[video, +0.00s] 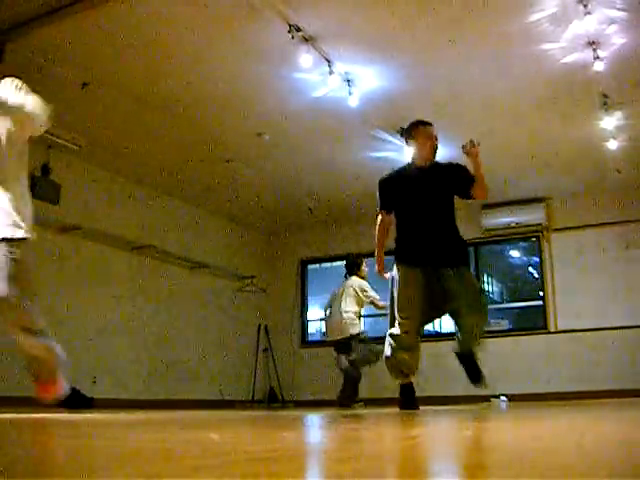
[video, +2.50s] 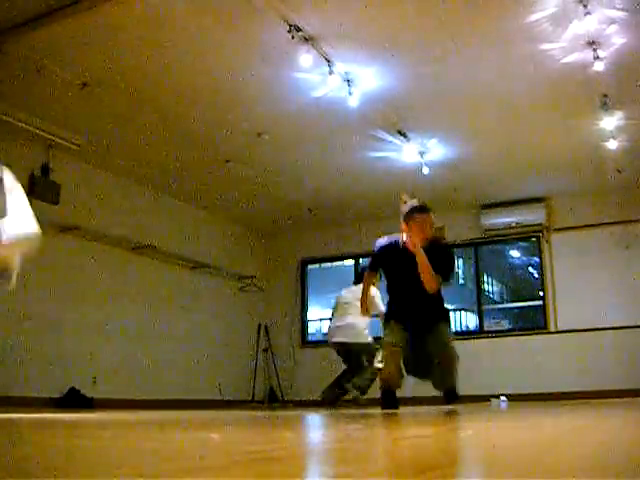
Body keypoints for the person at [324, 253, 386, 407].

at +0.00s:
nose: (366, 269)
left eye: (365, 266)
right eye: (364, 266)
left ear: (349, 269)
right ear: (358, 269)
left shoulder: (340, 287)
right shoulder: (359, 283)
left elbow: (327, 307)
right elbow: (375, 301)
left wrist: (328, 320)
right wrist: (385, 305)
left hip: (334, 330)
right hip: (350, 325)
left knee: (351, 365)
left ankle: (348, 398)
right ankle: (350, 358)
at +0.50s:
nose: (345, 269)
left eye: (344, 265)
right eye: (342, 265)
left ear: (333, 268)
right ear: (334, 267)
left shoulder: (334, 290)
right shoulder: (324, 278)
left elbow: (347, 309)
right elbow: (302, 283)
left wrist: (356, 293)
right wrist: (300, 301)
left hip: (297, 327)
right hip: (309, 326)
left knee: (300, 368)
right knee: (327, 359)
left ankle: (271, 363)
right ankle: (319, 398)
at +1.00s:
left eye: (288, 249)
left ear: (290, 249)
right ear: (311, 253)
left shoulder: (282, 262)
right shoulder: (314, 271)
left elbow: (270, 285)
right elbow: (325, 296)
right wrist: (308, 294)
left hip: (282, 312)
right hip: (307, 315)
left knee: (264, 352)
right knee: (311, 355)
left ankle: (253, 394)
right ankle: (319, 395)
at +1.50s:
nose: (318, 244)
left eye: (318, 240)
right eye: (314, 240)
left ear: (319, 244)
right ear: (304, 244)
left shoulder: (325, 265)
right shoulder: (291, 262)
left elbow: (331, 289)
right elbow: (277, 283)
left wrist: (347, 292)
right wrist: (292, 285)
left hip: (322, 314)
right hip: (301, 313)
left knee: (345, 349)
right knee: (298, 349)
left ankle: (344, 386)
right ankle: (281, 393)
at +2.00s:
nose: (360, 291)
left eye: (360, 287)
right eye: (358, 286)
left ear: (350, 288)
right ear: (351, 288)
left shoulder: (348, 305)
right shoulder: (338, 300)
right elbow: (349, 316)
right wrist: (356, 332)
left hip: (334, 342)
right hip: (323, 343)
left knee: (358, 364)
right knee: (358, 363)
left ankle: (337, 395)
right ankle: (343, 396)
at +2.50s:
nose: (377, 282)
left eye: (377, 279)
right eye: (376, 279)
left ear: (357, 279)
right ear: (370, 278)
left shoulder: (343, 292)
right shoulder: (371, 291)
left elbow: (334, 315)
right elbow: (381, 311)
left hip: (336, 334)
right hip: (357, 334)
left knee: (353, 367)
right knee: (373, 362)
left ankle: (329, 395)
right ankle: (356, 389)